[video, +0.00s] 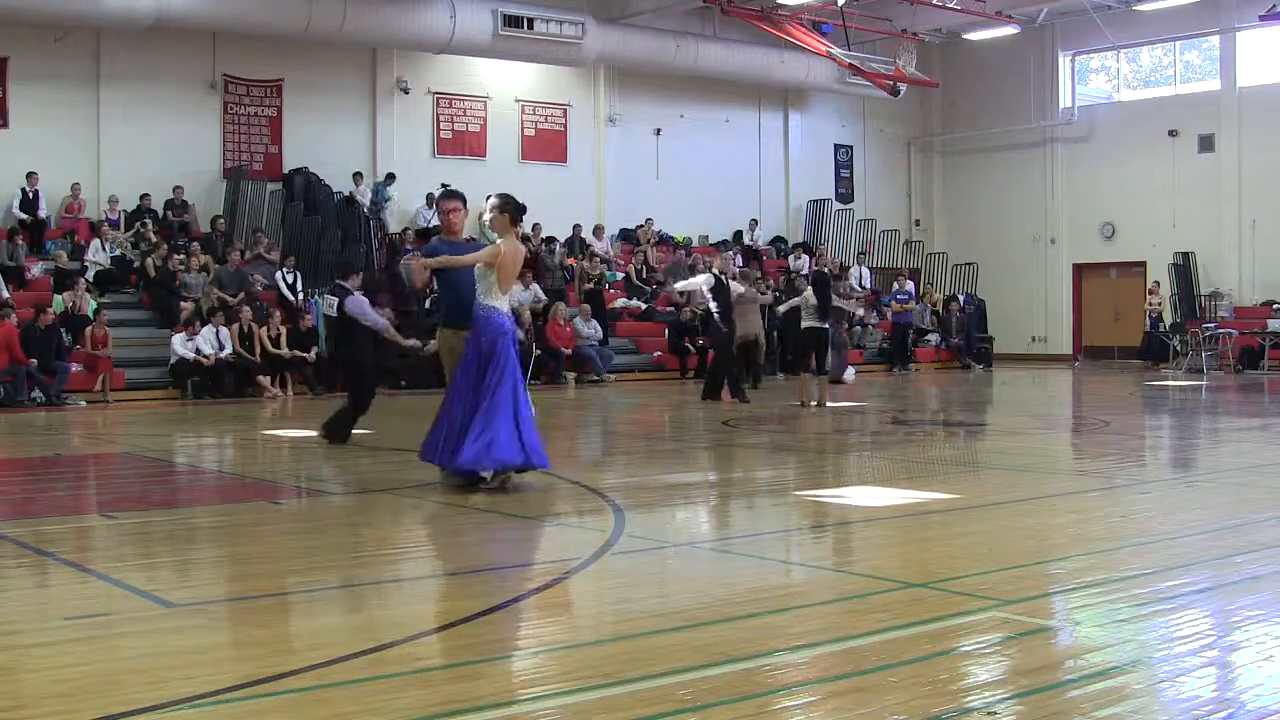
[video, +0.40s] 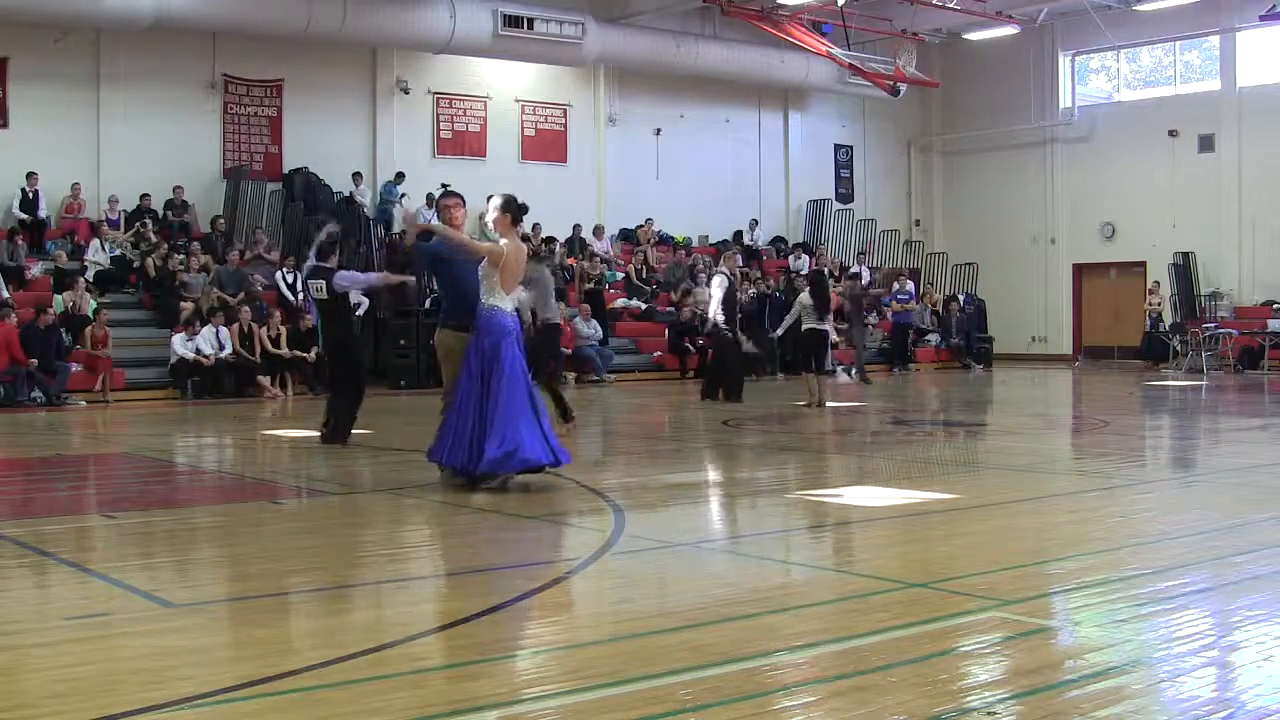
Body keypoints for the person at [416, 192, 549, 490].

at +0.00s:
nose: (485, 216)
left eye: (490, 212)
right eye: (486, 211)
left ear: (505, 217)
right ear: (511, 218)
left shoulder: (498, 249)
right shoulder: (519, 249)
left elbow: (458, 260)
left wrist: (426, 262)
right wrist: (435, 260)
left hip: (488, 324)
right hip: (503, 323)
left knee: (484, 392)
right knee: (498, 391)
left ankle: (493, 458)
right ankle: (500, 456)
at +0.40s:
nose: (486, 216)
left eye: (490, 211)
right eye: (488, 211)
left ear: (505, 216)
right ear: (511, 218)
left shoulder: (499, 249)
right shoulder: (521, 249)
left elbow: (464, 241)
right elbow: (477, 248)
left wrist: (432, 226)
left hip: (492, 321)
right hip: (510, 320)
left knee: (491, 390)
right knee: (508, 389)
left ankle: (492, 456)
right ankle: (507, 452)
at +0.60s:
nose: (489, 215)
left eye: (492, 211)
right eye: (490, 211)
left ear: (502, 217)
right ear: (514, 217)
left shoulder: (499, 248)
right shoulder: (524, 248)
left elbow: (458, 231)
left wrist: (430, 199)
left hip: (495, 323)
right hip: (513, 322)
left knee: (495, 393)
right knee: (507, 392)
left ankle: (497, 465)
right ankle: (501, 462)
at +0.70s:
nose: (489, 215)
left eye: (492, 210)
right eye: (491, 210)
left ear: (500, 216)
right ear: (517, 217)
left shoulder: (498, 248)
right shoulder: (524, 248)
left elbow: (458, 225)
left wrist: (432, 189)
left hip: (494, 322)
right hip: (514, 320)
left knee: (493, 392)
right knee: (508, 391)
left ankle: (495, 463)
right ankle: (506, 460)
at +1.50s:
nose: (491, 216)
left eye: (495, 212)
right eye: (493, 212)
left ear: (505, 221)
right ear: (516, 222)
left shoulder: (499, 249)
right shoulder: (524, 249)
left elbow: (464, 224)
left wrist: (438, 193)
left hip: (492, 323)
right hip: (510, 322)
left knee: (492, 393)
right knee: (505, 393)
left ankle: (499, 463)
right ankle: (501, 462)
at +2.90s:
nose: (496, 227)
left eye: (500, 222)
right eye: (498, 221)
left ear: (512, 224)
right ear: (521, 224)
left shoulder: (503, 253)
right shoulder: (533, 252)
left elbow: (456, 259)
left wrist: (427, 245)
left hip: (500, 328)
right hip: (520, 328)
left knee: (463, 382)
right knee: (510, 394)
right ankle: (505, 460)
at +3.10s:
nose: (487, 226)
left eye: (492, 222)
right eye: (488, 222)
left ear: (506, 226)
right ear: (506, 227)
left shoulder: (505, 258)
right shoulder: (511, 255)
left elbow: (461, 261)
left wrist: (432, 233)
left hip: (500, 335)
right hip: (505, 332)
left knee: (458, 392)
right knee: (506, 399)